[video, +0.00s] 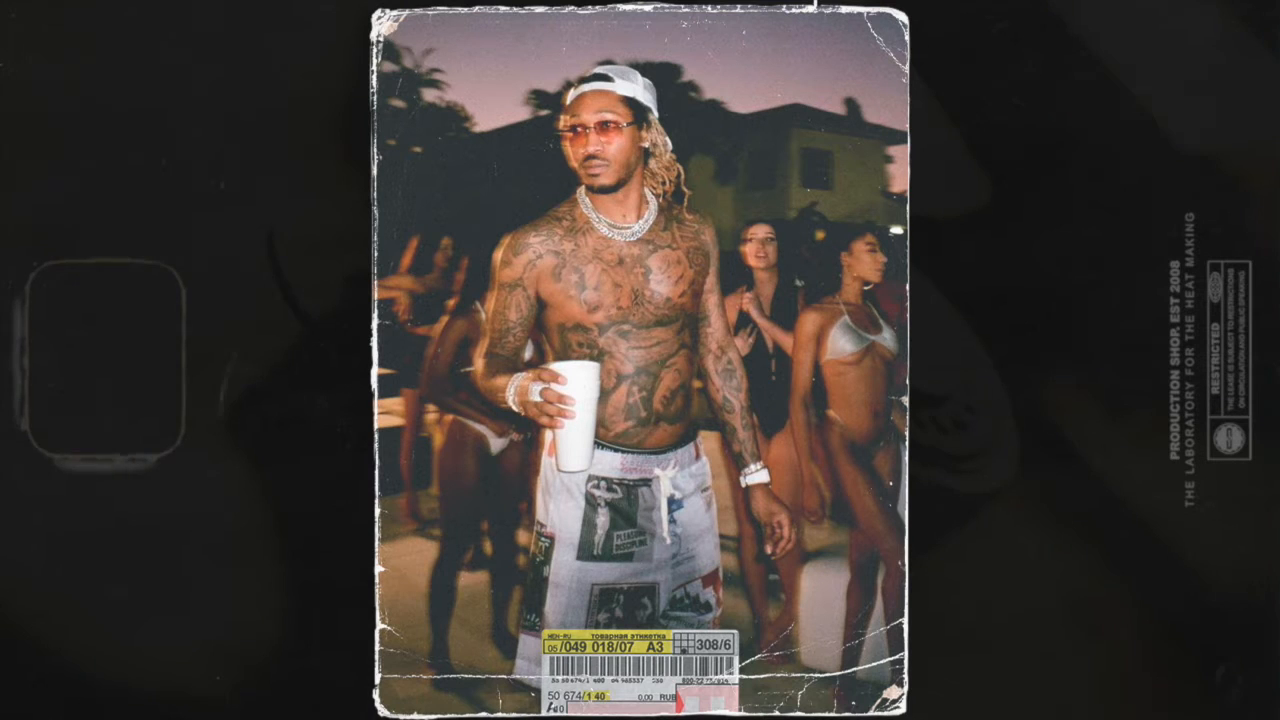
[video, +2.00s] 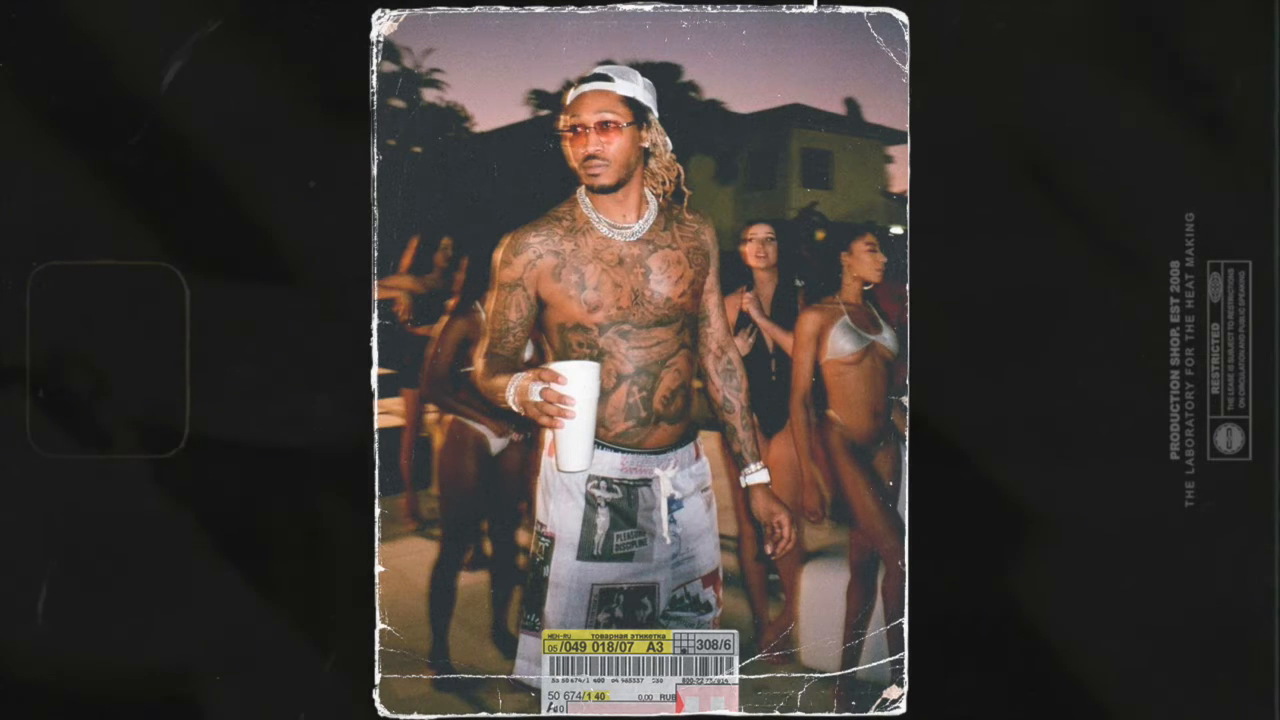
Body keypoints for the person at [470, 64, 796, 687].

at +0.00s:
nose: (590, 143)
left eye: (608, 126)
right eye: (576, 130)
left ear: (646, 138)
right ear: (565, 143)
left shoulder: (693, 235)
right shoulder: (532, 248)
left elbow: (720, 358)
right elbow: (491, 365)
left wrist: (756, 482)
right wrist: (516, 389)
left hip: (681, 477)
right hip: (582, 482)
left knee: (690, 664)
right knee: (573, 669)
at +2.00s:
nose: (589, 143)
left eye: (608, 126)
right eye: (576, 130)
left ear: (646, 138)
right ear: (565, 144)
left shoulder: (693, 235)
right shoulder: (532, 247)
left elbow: (720, 358)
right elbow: (491, 364)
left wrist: (756, 482)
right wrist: (516, 389)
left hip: (681, 476)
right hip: (582, 481)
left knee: (689, 663)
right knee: (573, 668)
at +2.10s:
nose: (590, 143)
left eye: (608, 126)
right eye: (576, 130)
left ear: (646, 138)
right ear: (565, 144)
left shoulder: (693, 235)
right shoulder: (532, 248)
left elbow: (720, 358)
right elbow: (491, 364)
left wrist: (756, 482)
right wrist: (516, 389)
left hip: (681, 476)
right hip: (583, 481)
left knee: (689, 663)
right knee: (573, 668)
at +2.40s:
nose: (589, 143)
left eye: (608, 126)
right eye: (576, 130)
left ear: (646, 138)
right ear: (565, 144)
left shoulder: (693, 235)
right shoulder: (532, 247)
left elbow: (720, 358)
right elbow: (491, 364)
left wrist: (756, 482)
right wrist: (516, 389)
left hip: (681, 476)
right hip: (583, 481)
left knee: (689, 663)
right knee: (573, 668)